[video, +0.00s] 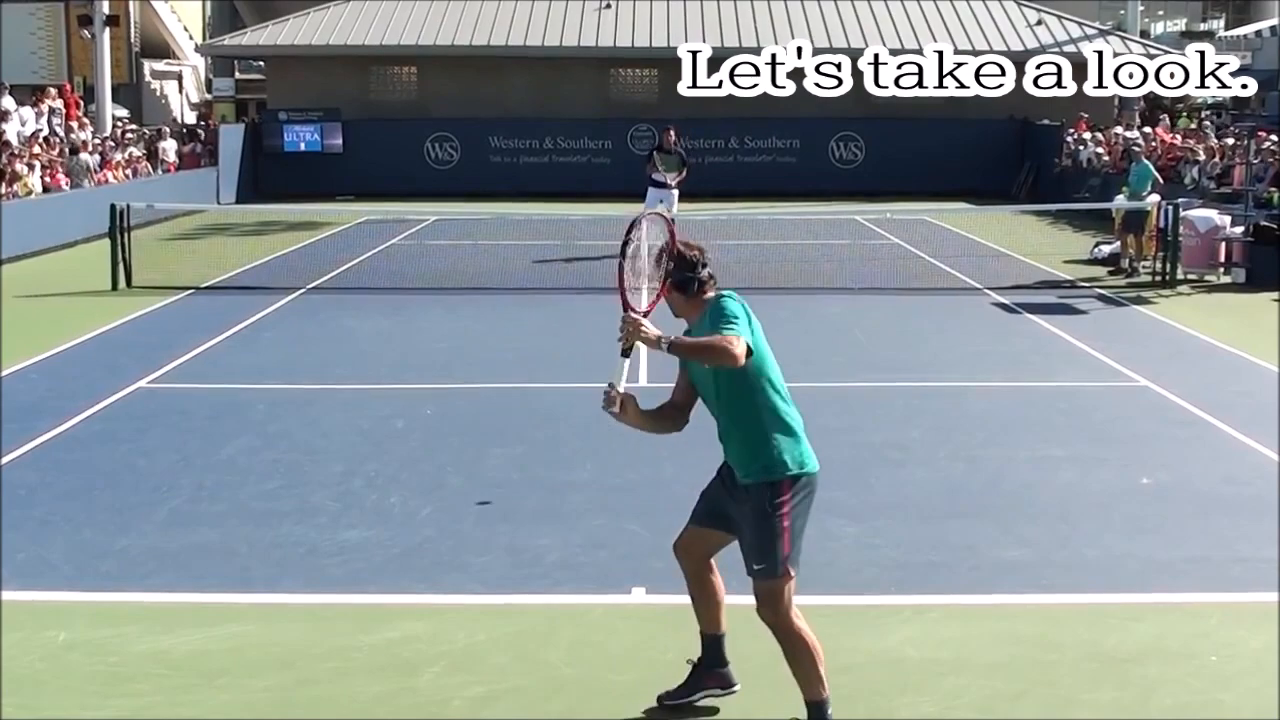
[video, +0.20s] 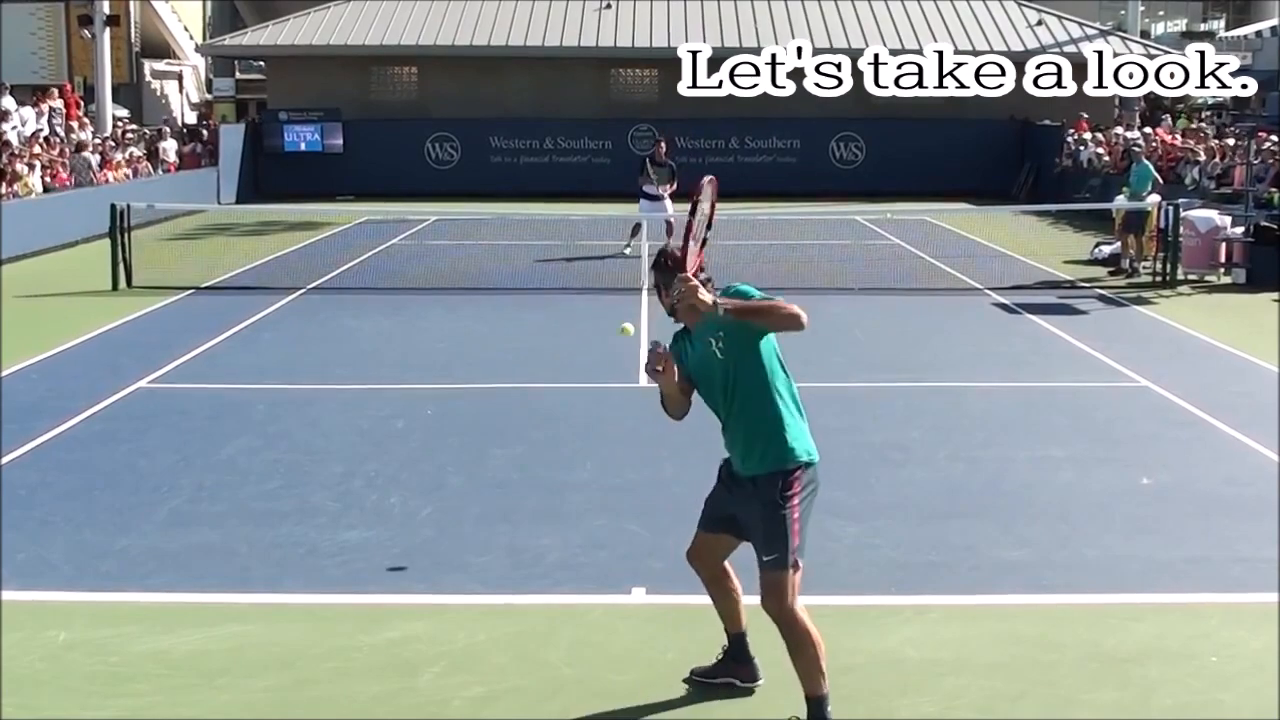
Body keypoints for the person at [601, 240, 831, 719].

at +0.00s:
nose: (661, 295)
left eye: (662, 286)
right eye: (662, 287)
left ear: (672, 287)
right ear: (703, 279)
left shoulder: (725, 307)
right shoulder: (695, 339)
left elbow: (734, 352)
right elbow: (674, 416)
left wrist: (661, 341)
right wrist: (633, 414)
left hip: (779, 471)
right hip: (741, 469)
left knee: (776, 607)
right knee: (692, 550)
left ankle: (821, 713)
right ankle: (714, 668)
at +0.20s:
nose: (674, 297)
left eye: (678, 286)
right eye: (666, 292)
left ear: (698, 281)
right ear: (664, 300)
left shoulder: (735, 302)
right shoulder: (682, 346)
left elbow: (796, 318)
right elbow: (677, 410)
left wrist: (718, 305)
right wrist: (666, 381)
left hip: (784, 467)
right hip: (740, 468)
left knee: (780, 602)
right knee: (703, 557)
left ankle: (819, 711)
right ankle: (739, 659)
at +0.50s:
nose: (660, 313)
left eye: (660, 303)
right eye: (657, 305)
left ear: (680, 298)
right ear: (693, 292)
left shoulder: (715, 339)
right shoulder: (731, 320)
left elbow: (757, 410)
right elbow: (722, 403)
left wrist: (744, 485)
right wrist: (694, 458)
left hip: (776, 473)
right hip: (787, 459)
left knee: (748, 596)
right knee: (728, 539)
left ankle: (806, 699)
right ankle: (745, 659)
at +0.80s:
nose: (690, 256)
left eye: (689, 249)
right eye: (692, 247)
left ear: (696, 252)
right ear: (735, 244)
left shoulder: (712, 299)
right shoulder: (781, 274)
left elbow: (702, 372)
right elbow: (850, 261)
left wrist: (662, 441)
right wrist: (913, 230)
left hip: (748, 453)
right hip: (792, 445)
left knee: (722, 563)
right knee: (758, 546)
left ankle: (789, 676)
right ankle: (750, 656)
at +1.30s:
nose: (765, 228)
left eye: (752, 220)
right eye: (785, 219)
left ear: (749, 227)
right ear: (795, 227)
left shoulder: (721, 278)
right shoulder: (818, 276)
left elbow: (701, 364)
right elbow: (871, 348)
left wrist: (742, 390)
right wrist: (899, 401)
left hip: (749, 443)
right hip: (814, 437)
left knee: (731, 565)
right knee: (834, 550)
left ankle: (718, 692)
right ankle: (855, 674)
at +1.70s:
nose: (817, 252)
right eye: (820, 246)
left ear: (775, 249)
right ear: (819, 254)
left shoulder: (734, 297)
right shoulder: (827, 307)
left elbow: (710, 375)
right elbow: (848, 389)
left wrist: (758, 383)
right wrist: (828, 447)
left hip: (734, 459)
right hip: (797, 461)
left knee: (718, 564)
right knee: (834, 576)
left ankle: (680, 686)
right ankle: (853, 698)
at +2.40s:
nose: (843, 290)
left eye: (844, 282)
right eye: (846, 283)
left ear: (805, 268)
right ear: (839, 282)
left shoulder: (792, 309)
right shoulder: (793, 310)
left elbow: (847, 349)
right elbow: (762, 358)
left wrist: (914, 376)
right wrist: (805, 407)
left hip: (709, 441)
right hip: (741, 446)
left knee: (745, 538)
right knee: (787, 560)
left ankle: (732, 646)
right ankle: (775, 687)